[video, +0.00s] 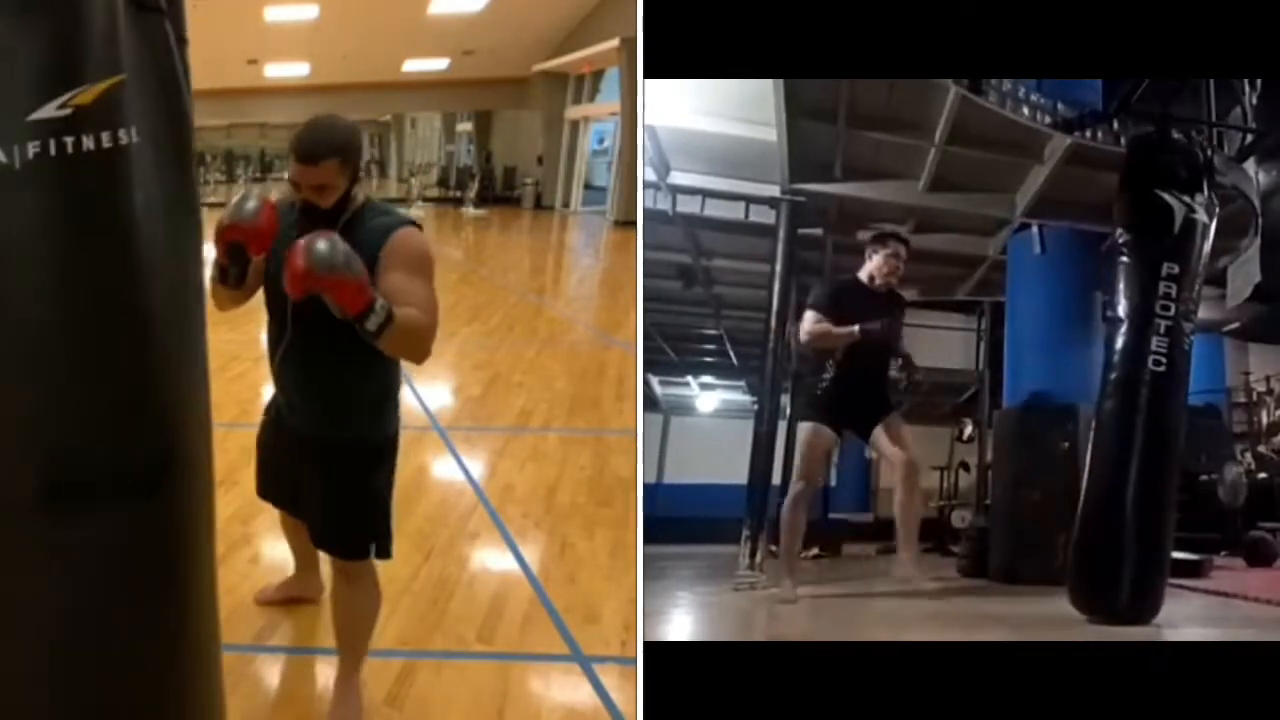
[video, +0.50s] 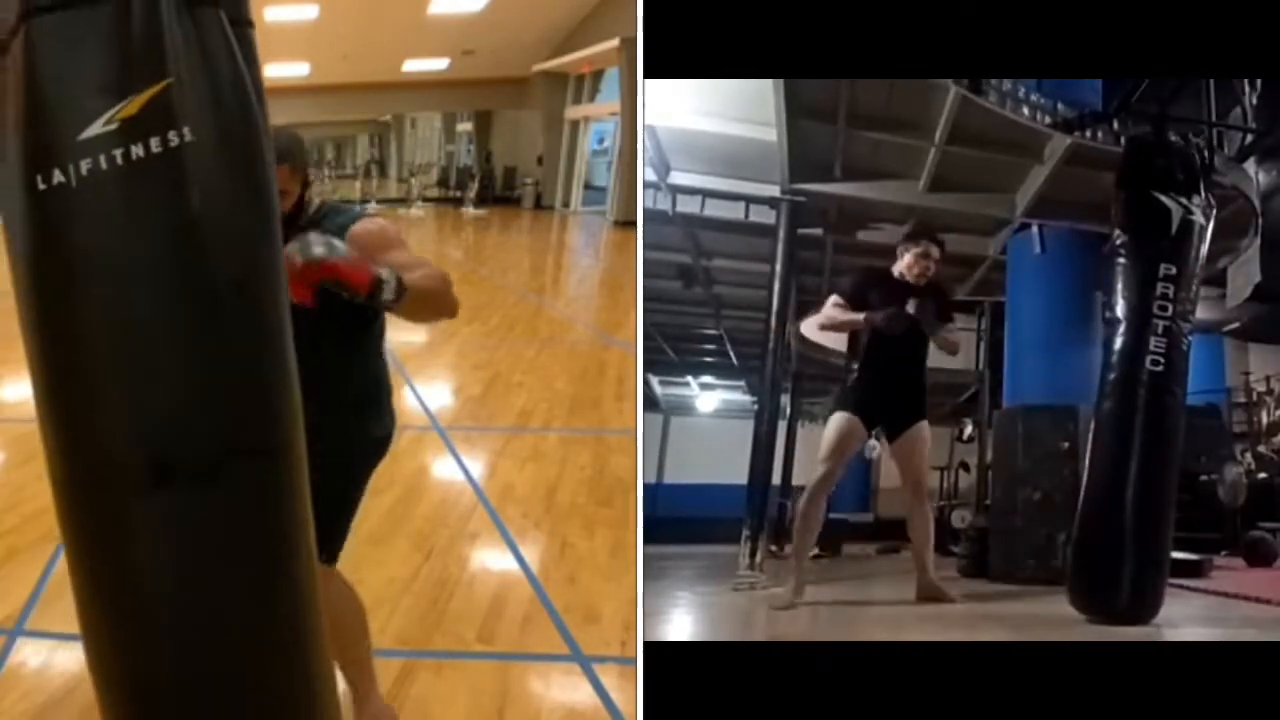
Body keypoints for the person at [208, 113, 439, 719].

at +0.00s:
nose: (311, 199)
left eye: (324, 189)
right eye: (301, 186)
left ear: (355, 175)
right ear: (291, 173)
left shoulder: (396, 240)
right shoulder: (280, 220)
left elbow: (418, 342)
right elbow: (228, 299)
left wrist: (360, 302)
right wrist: (232, 255)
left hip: (358, 425)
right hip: (292, 408)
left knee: (349, 557)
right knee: (290, 496)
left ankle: (348, 684)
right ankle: (306, 578)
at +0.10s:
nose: (299, 204)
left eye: (311, 192)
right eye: (289, 191)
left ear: (340, 181)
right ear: (277, 180)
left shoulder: (385, 234)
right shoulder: (270, 230)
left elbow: (410, 330)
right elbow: (227, 300)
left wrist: (366, 269)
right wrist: (231, 245)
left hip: (351, 423)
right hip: (285, 409)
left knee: (344, 561)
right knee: (289, 502)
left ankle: (345, 686)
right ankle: (307, 580)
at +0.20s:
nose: (288, 198)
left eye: (302, 186)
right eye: (276, 186)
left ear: (329, 178)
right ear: (264, 182)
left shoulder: (374, 226)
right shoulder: (261, 227)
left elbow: (401, 313)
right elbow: (237, 299)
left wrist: (346, 255)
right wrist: (247, 240)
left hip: (350, 409)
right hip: (283, 399)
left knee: (341, 550)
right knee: (283, 498)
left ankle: (346, 681)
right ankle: (307, 579)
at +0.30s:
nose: (281, 201)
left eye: (295, 189)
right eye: (272, 188)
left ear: (323, 181)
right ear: (258, 181)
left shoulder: (365, 228)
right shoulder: (247, 226)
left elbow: (391, 310)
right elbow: (223, 296)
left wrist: (330, 272)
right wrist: (248, 250)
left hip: (347, 401)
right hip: (277, 395)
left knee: (331, 545)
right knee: (282, 510)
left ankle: (336, 679)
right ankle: (306, 578)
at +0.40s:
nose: (278, 204)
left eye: (290, 192)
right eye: (268, 190)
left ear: (316, 183)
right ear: (254, 183)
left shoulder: (363, 230)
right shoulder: (245, 229)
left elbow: (409, 322)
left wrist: (353, 282)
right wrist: (256, 259)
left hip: (345, 406)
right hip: (272, 401)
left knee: (314, 542)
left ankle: (342, 678)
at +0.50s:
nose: (269, 202)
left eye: (280, 190)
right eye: (261, 189)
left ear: (302, 185)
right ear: (249, 185)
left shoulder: (351, 231)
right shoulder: (240, 231)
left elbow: (442, 300)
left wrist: (372, 282)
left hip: (345, 419)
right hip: (278, 415)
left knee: (313, 562)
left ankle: (368, 703)